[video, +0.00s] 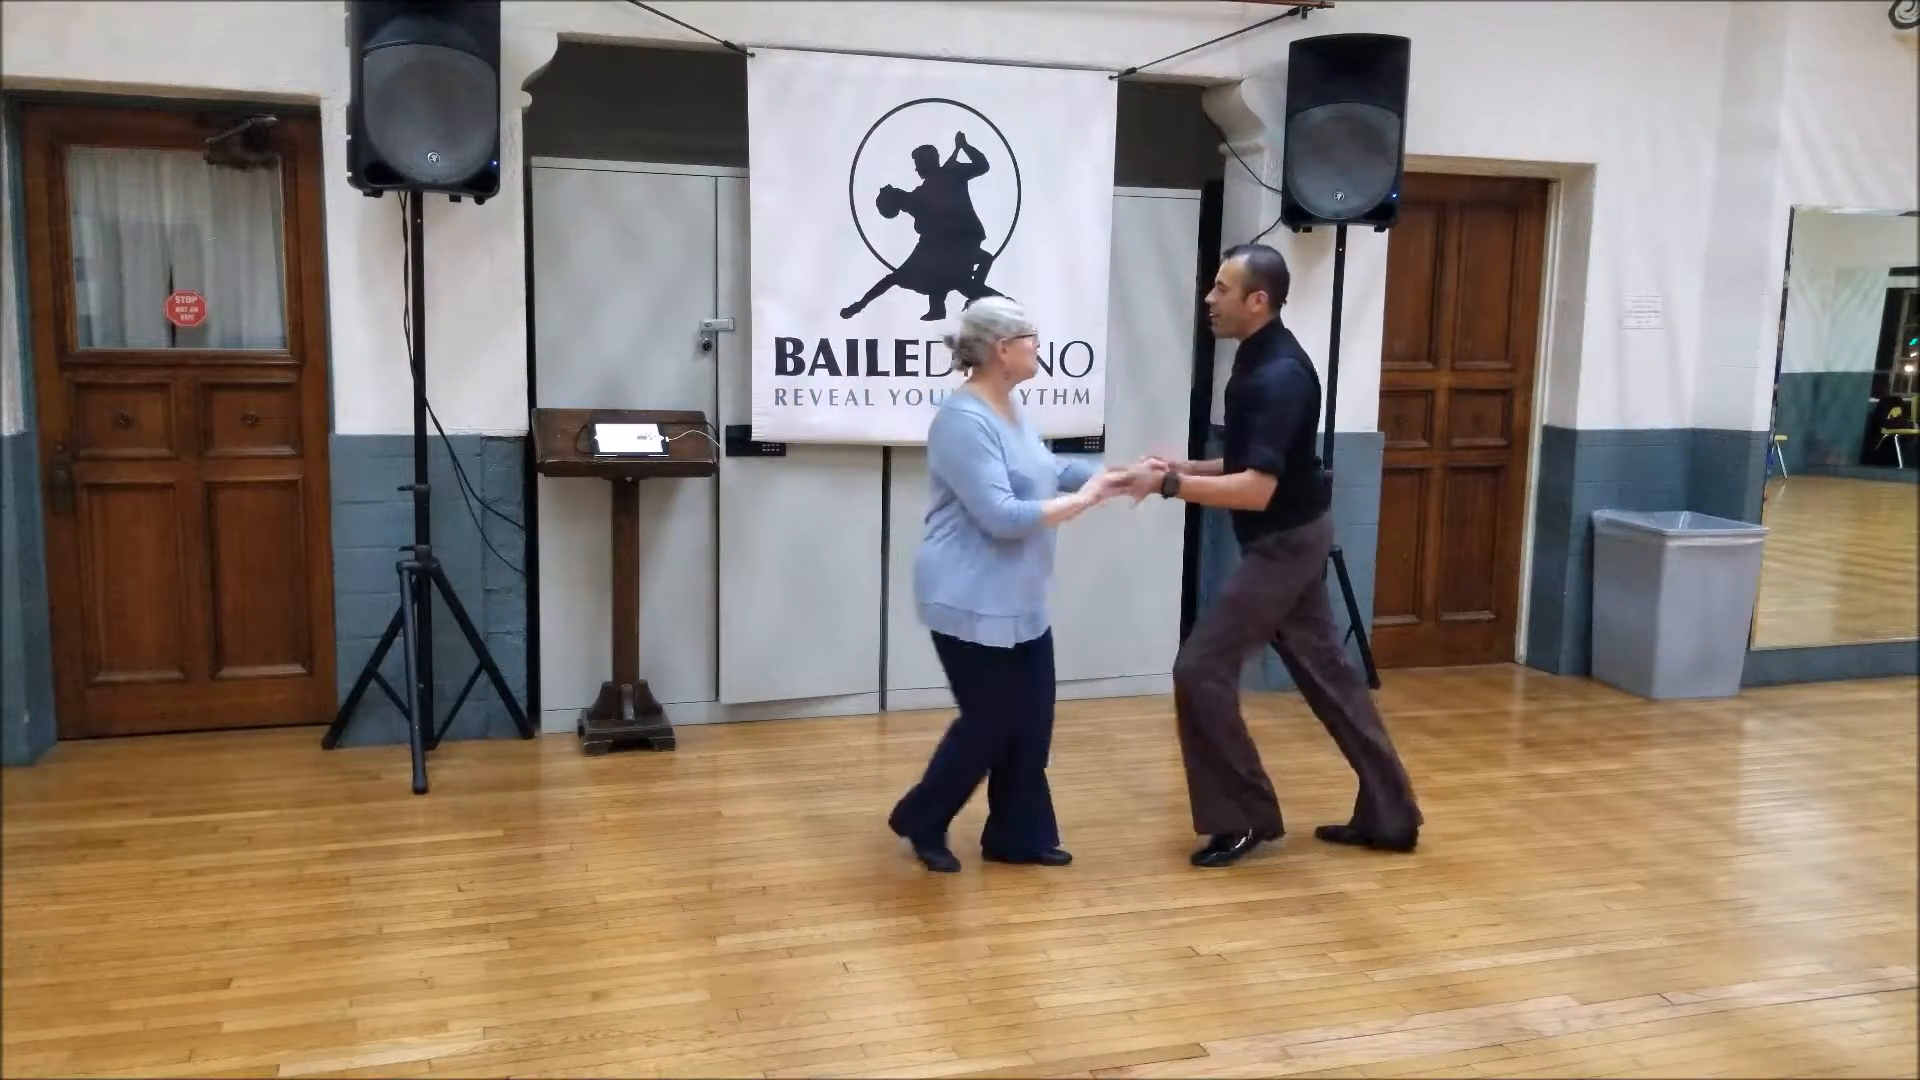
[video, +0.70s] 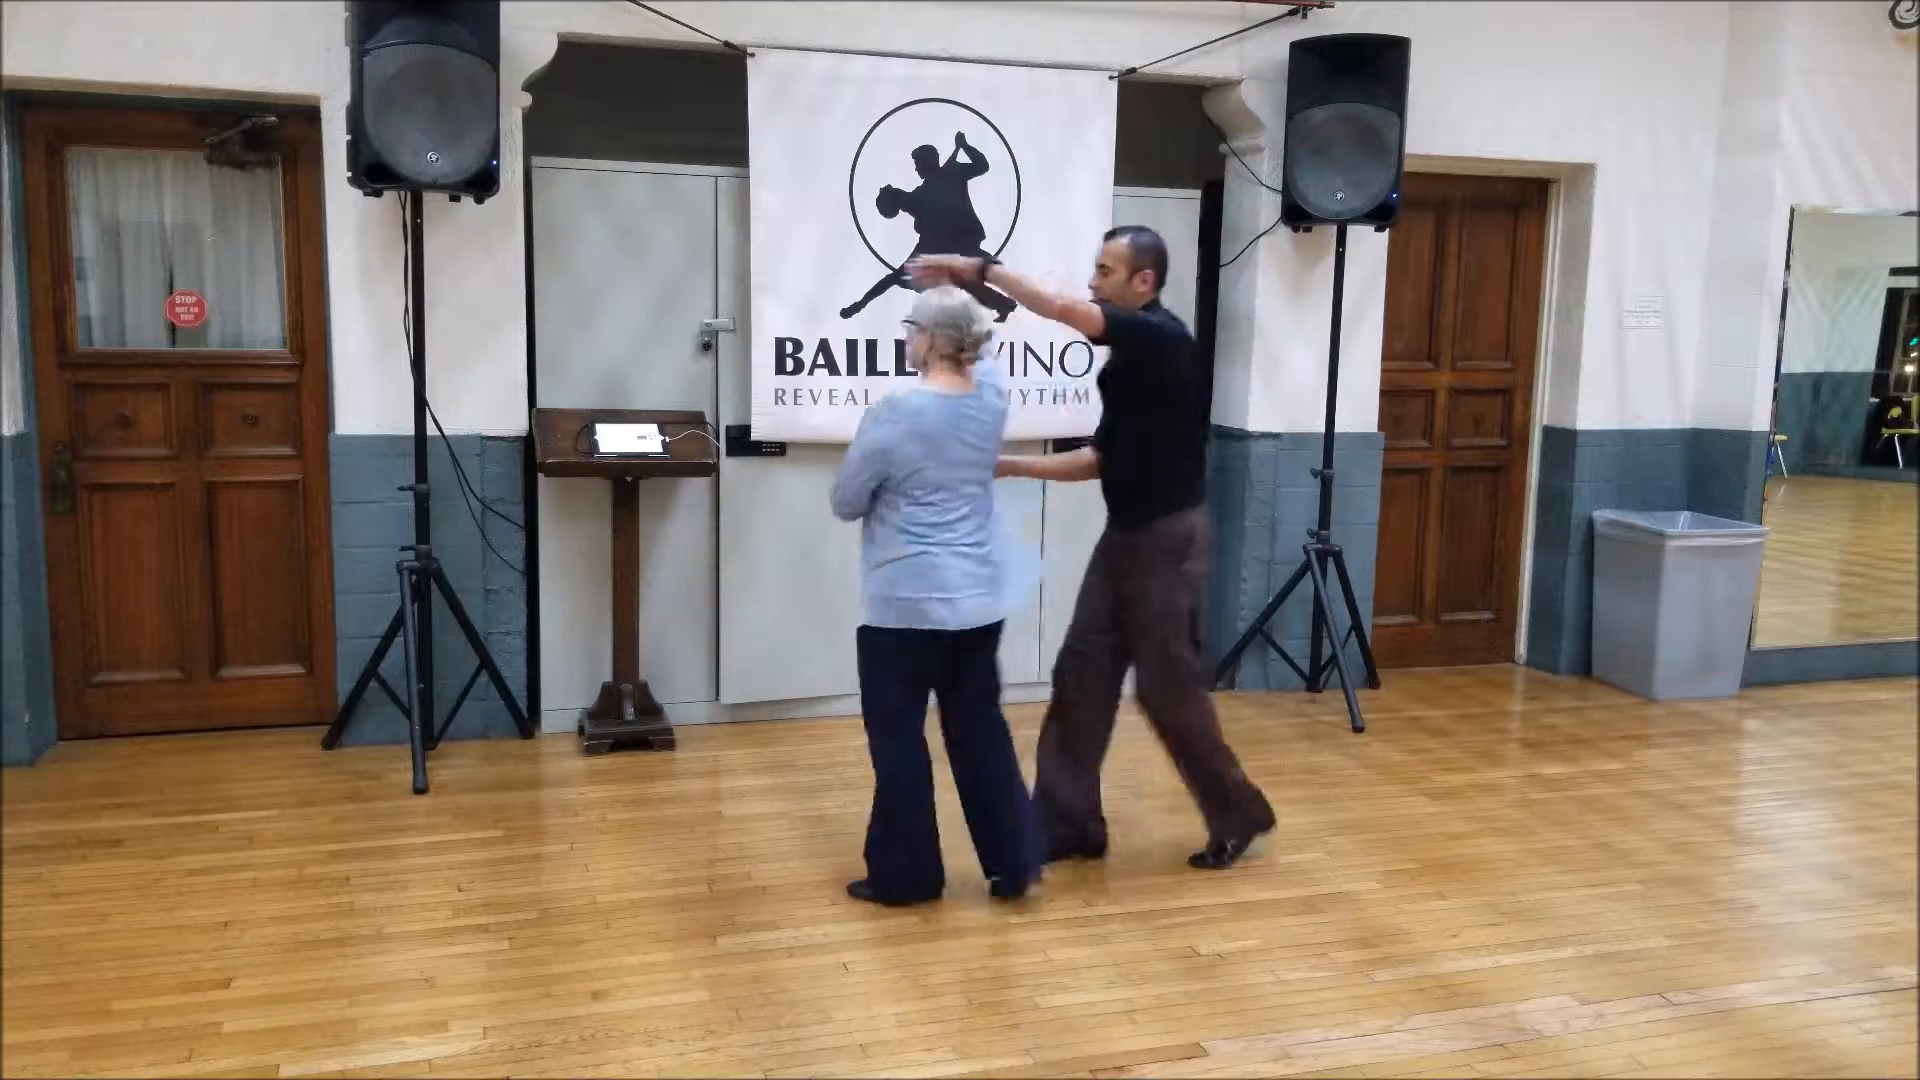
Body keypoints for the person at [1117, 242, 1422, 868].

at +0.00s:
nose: (1209, 299)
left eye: (1220, 290)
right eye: (1212, 287)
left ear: (1258, 302)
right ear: (1254, 300)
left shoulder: (1279, 372)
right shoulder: (1258, 360)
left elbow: (1258, 489)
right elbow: (1245, 461)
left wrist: (1173, 484)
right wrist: (1188, 464)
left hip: (1290, 544)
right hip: (1288, 539)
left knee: (1200, 671)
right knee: (1329, 677)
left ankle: (1249, 817)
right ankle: (1390, 815)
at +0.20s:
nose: (1191, 288)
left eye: (1203, 279)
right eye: (1194, 276)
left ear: (1242, 291)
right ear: (1225, 288)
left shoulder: (1272, 360)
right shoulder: (1214, 349)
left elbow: (1249, 459)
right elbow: (1197, 453)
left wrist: (1167, 408)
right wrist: (1119, 478)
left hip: (1261, 538)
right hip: (1229, 535)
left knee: (1224, 680)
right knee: (1275, 672)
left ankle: (1246, 833)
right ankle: (1359, 795)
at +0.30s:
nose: (1180, 282)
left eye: (1193, 272)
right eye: (1183, 270)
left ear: (1232, 282)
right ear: (1222, 281)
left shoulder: (1263, 350)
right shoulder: (1202, 353)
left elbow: (1226, 425)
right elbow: (1159, 451)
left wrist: (1146, 374)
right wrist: (1077, 469)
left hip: (1254, 534)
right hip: (1216, 532)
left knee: (1235, 679)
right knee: (1225, 673)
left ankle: (1246, 833)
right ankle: (1331, 778)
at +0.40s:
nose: (1161, 276)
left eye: (1174, 266)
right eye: (1164, 264)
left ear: (1215, 275)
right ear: (1196, 274)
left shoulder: (1243, 334)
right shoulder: (1186, 350)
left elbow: (1189, 378)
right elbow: (1131, 441)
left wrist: (1111, 330)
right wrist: (1050, 459)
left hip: (1246, 535)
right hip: (1201, 535)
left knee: (1240, 682)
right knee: (1168, 666)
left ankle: (1254, 833)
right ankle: (1254, 772)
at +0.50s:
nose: (1140, 277)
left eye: (1153, 267)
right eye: (1141, 266)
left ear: (1194, 275)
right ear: (1173, 273)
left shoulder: (1221, 331)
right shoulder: (1167, 346)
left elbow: (1144, 341)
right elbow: (1113, 439)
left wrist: (1070, 298)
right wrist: (1030, 451)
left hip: (1227, 531)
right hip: (1178, 532)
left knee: (1239, 680)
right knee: (1132, 668)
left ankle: (1258, 833)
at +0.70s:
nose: (1092, 283)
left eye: (1105, 273)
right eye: (1096, 272)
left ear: (1144, 280)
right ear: (1139, 282)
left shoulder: (1161, 335)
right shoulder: (1134, 356)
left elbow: (1060, 310)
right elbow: (1098, 460)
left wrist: (978, 271)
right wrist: (1000, 463)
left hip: (1166, 537)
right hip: (1126, 536)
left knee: (1166, 680)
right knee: (1082, 676)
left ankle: (1238, 815)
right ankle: (1069, 824)